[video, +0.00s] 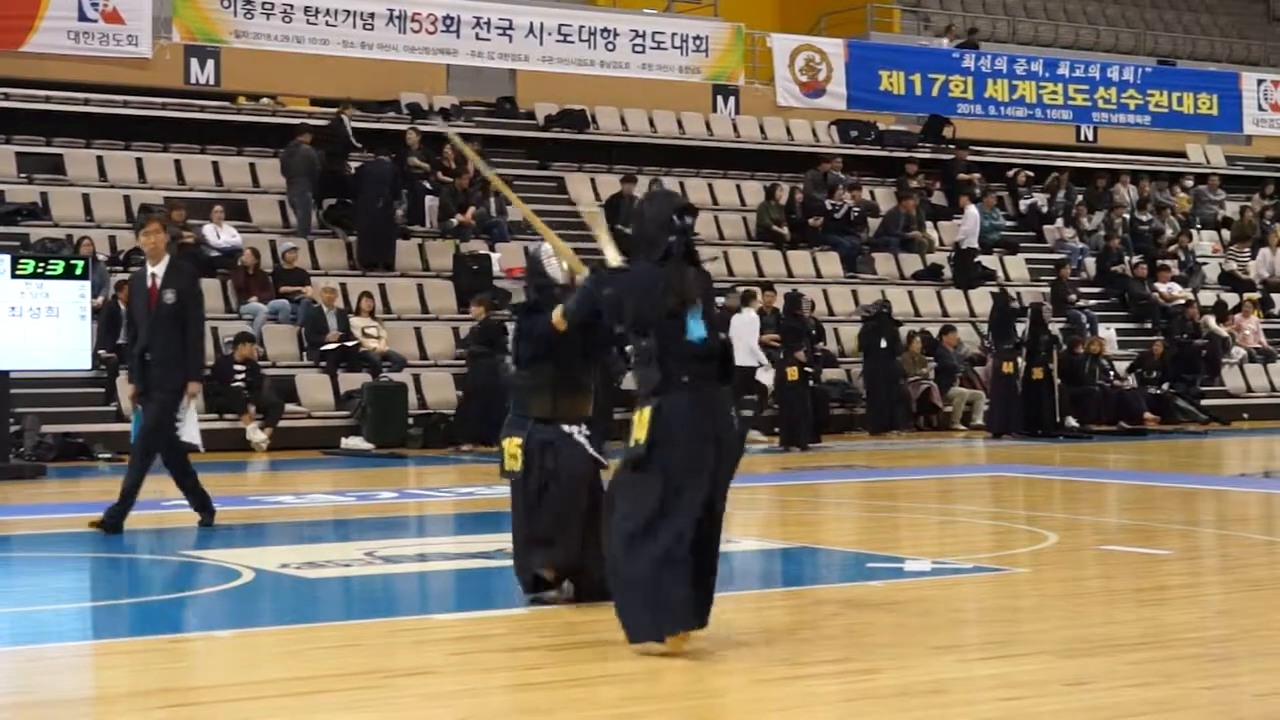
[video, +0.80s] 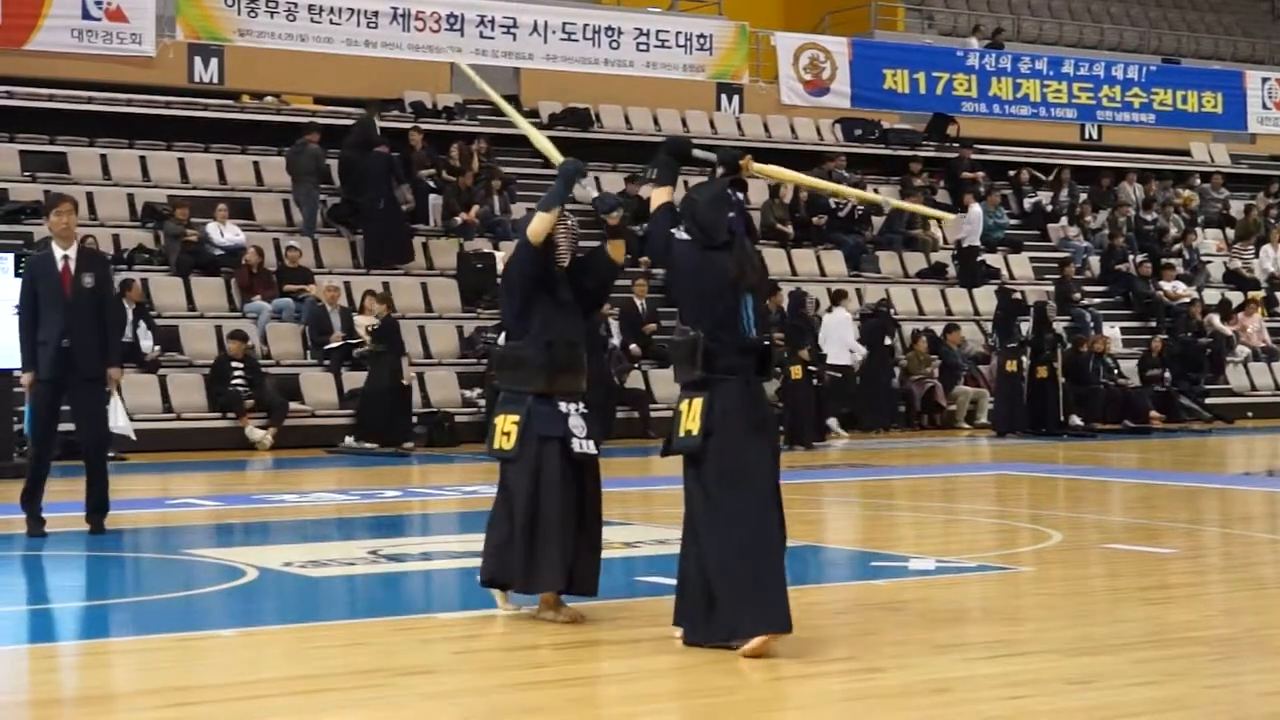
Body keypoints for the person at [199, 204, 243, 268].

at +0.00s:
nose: (219, 215)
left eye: (221, 212)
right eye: (216, 212)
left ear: (224, 214)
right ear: (211, 215)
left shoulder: (229, 228)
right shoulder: (207, 228)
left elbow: (239, 242)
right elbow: (214, 243)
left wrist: (222, 241)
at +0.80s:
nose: (223, 213)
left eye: (225, 211)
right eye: (220, 211)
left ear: (228, 213)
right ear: (215, 213)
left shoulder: (233, 226)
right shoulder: (211, 226)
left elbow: (243, 240)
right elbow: (218, 242)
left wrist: (226, 239)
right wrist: (238, 243)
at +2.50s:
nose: (224, 213)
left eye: (226, 210)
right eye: (221, 210)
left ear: (229, 213)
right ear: (216, 213)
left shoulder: (234, 226)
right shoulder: (211, 226)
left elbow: (244, 240)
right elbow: (218, 241)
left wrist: (227, 239)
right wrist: (238, 244)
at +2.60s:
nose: (224, 213)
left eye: (226, 210)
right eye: (221, 210)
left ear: (229, 213)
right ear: (216, 213)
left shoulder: (234, 226)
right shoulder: (211, 226)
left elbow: (244, 240)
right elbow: (218, 241)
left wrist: (227, 238)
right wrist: (238, 244)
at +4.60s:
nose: (230, 213)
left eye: (231, 211)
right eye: (227, 211)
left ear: (233, 212)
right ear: (220, 212)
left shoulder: (236, 226)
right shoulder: (214, 225)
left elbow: (246, 240)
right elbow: (221, 241)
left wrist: (229, 239)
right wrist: (242, 244)